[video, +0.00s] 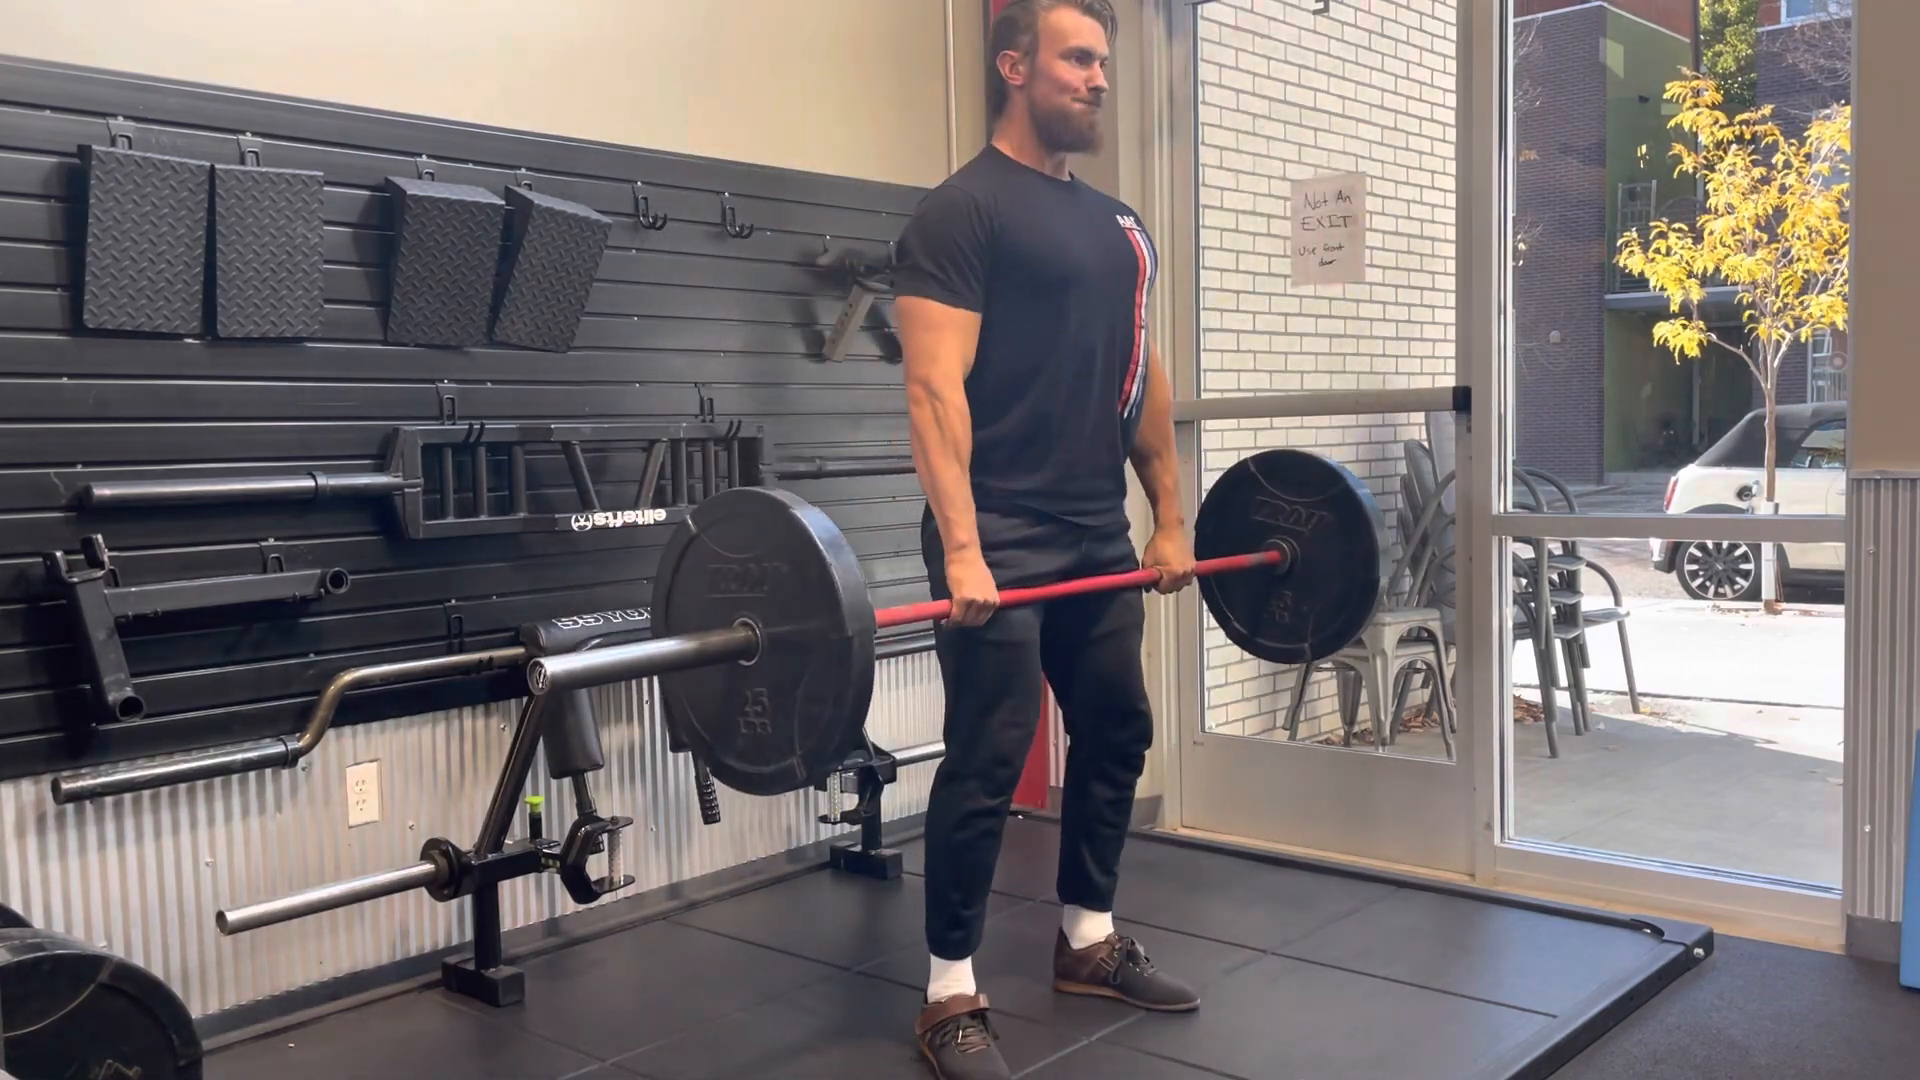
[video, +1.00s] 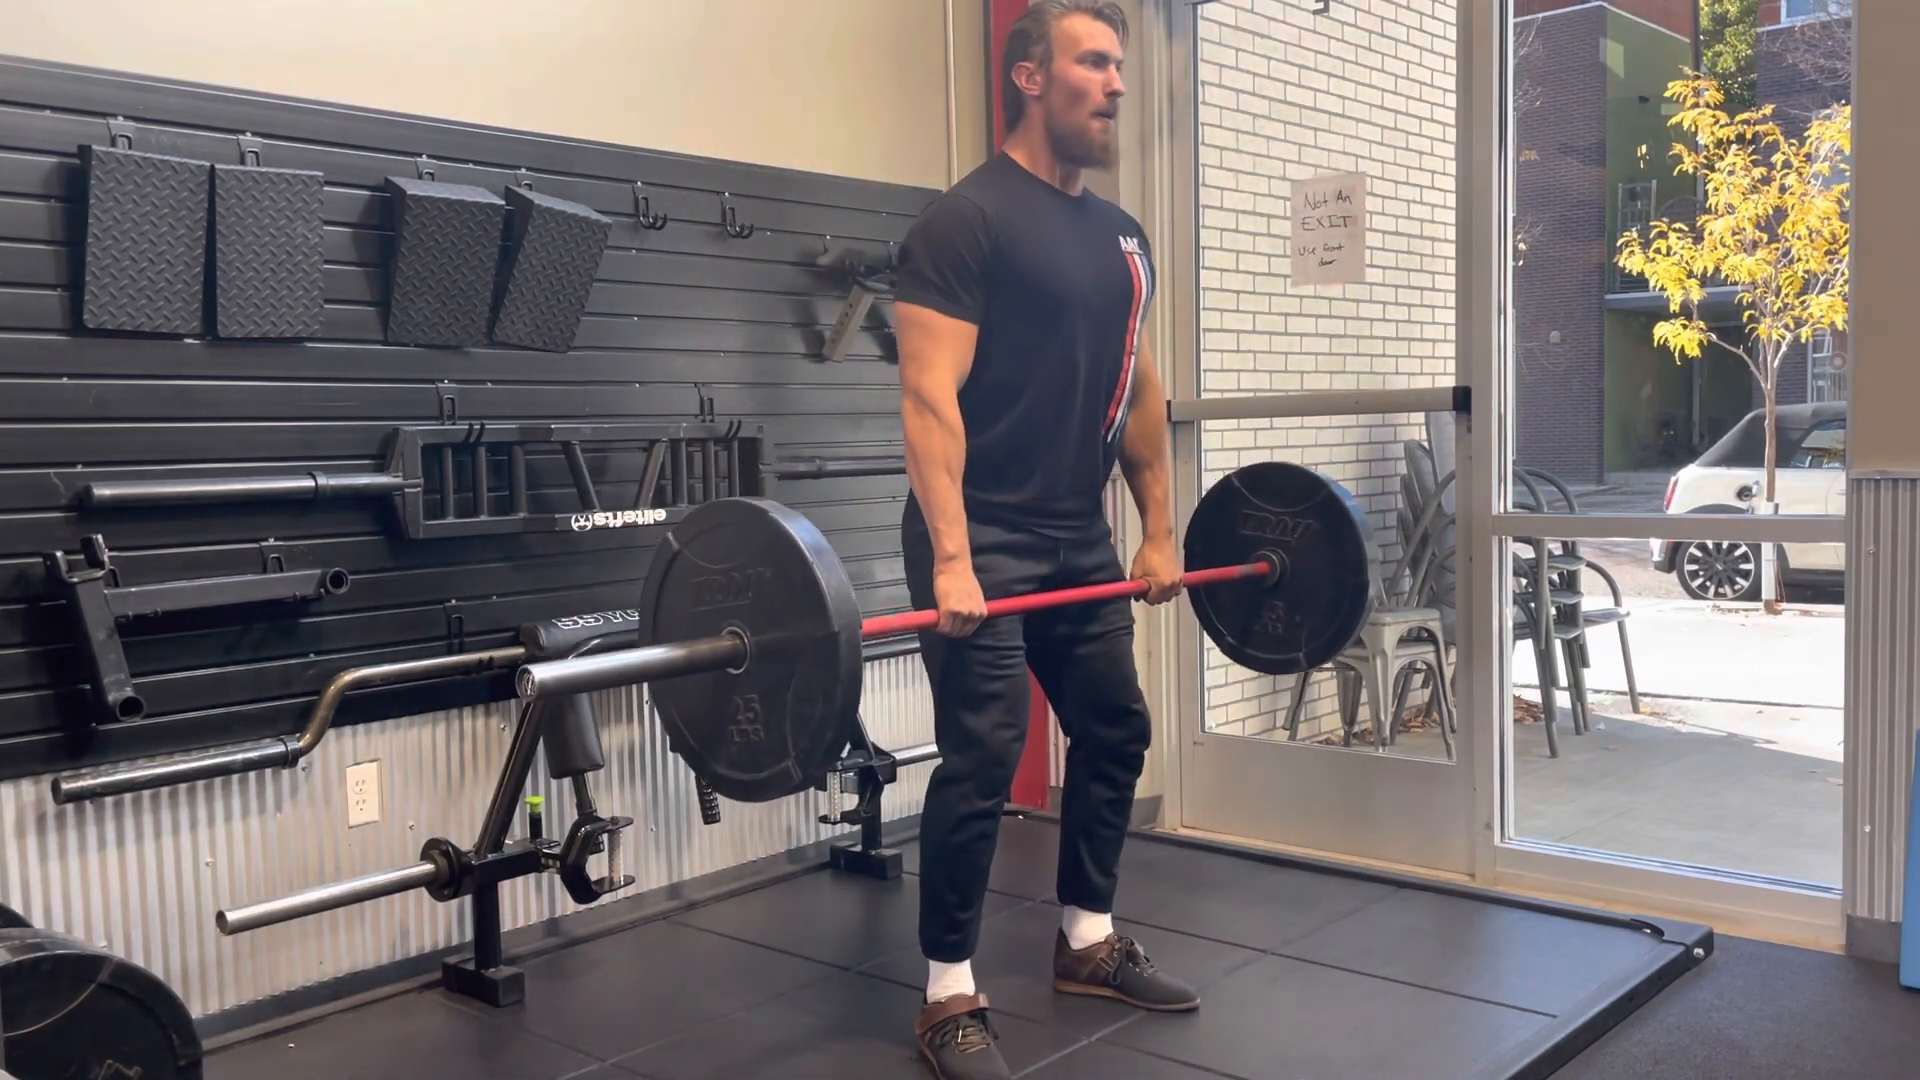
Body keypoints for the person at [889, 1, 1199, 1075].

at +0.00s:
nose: (1100, 79)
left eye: (1104, 63)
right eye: (1079, 58)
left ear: (1092, 80)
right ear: (1013, 69)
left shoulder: (1121, 228)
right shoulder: (957, 214)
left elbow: (1143, 385)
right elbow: (932, 393)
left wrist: (1170, 521)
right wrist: (960, 547)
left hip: (1094, 529)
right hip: (990, 533)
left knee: (1116, 730)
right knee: (988, 756)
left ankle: (1087, 940)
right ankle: (950, 994)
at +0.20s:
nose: (1100, 81)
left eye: (1104, 64)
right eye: (1079, 59)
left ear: (1094, 81)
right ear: (1013, 68)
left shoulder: (1121, 228)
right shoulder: (956, 213)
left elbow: (1141, 388)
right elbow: (933, 392)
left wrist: (1169, 522)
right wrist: (960, 546)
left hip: (1096, 529)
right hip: (993, 532)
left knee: (1114, 731)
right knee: (989, 752)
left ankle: (1087, 940)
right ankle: (951, 993)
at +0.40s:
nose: (1093, 80)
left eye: (1097, 63)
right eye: (1073, 58)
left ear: (1090, 80)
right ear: (1006, 69)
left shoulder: (1114, 230)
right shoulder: (951, 214)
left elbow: (1137, 384)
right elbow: (931, 395)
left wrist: (1168, 521)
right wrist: (959, 547)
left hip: (1095, 529)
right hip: (991, 531)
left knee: (1112, 732)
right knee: (987, 754)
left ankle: (1087, 941)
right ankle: (950, 993)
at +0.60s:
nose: (1093, 81)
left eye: (1096, 64)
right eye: (1072, 60)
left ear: (1085, 81)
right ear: (1004, 71)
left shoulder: (1110, 229)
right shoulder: (949, 214)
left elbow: (1135, 385)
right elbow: (929, 395)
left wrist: (1165, 519)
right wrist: (956, 547)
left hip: (1095, 529)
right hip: (991, 532)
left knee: (1111, 732)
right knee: (988, 749)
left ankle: (1087, 941)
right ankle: (950, 992)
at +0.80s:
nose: (1095, 81)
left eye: (1099, 64)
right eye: (1074, 59)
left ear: (1087, 82)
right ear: (1006, 72)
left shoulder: (1110, 231)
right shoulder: (949, 214)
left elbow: (1134, 385)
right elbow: (927, 394)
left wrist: (1164, 520)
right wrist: (954, 546)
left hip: (1088, 528)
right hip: (985, 531)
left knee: (1113, 730)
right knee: (990, 743)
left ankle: (1086, 941)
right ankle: (950, 993)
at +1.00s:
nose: (1116, 87)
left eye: (1119, 69)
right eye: (1094, 65)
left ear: (1106, 89)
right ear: (1025, 79)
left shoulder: (1120, 235)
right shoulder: (960, 222)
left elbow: (1138, 392)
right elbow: (927, 403)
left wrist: (1159, 531)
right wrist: (953, 559)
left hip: (1075, 534)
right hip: (969, 538)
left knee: (1115, 729)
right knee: (987, 742)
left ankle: (1086, 940)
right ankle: (949, 993)